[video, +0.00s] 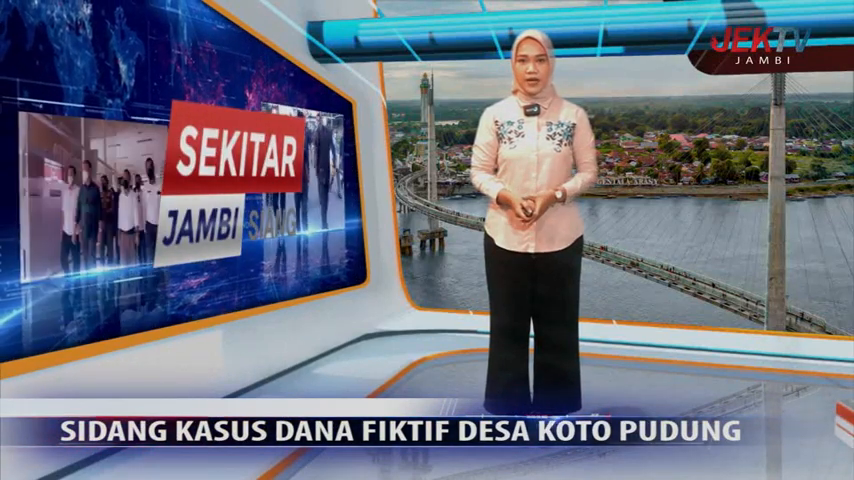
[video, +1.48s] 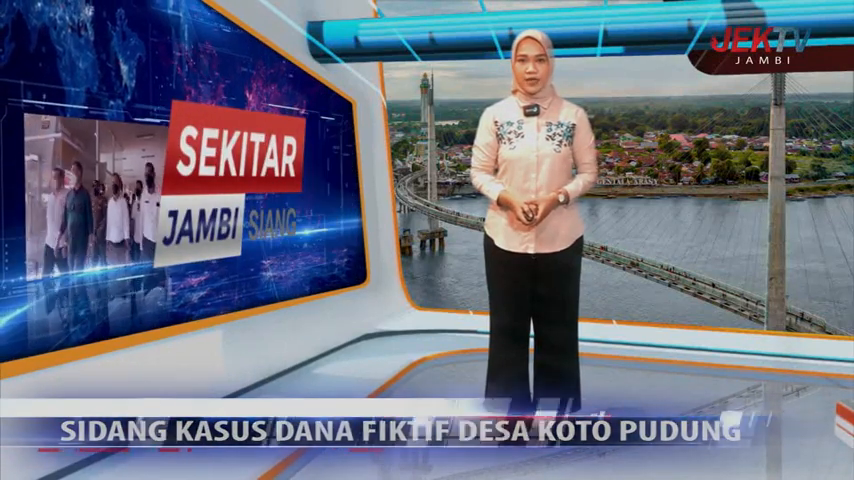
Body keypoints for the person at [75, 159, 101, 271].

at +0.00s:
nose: (85, 176)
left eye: (86, 173)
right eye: (83, 174)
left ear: (90, 175)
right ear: (82, 176)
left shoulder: (96, 189)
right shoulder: (81, 189)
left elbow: (99, 206)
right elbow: (78, 206)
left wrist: (100, 220)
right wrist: (76, 221)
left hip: (93, 221)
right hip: (83, 221)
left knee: (92, 250)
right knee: (84, 249)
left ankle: (92, 270)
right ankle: (85, 269)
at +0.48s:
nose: (77, 183)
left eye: (79, 180)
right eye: (75, 180)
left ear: (82, 182)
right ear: (73, 183)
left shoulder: (88, 197)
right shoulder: (73, 198)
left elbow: (91, 215)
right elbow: (70, 216)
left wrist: (92, 232)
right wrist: (69, 232)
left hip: (85, 228)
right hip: (75, 228)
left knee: (85, 254)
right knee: (76, 252)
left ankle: (85, 278)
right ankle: (74, 276)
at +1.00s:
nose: (74, 180)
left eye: (76, 177)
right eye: (73, 177)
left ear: (80, 179)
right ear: (70, 179)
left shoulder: (85, 196)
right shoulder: (69, 196)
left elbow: (89, 220)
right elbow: (66, 218)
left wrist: (88, 243)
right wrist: (64, 244)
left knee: (83, 270)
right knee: (70, 271)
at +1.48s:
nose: (73, 173)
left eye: (75, 171)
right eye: (72, 170)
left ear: (80, 173)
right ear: (70, 174)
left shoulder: (85, 193)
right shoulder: (69, 194)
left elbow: (89, 213)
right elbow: (66, 213)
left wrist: (91, 232)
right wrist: (62, 230)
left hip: (82, 229)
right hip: (71, 228)